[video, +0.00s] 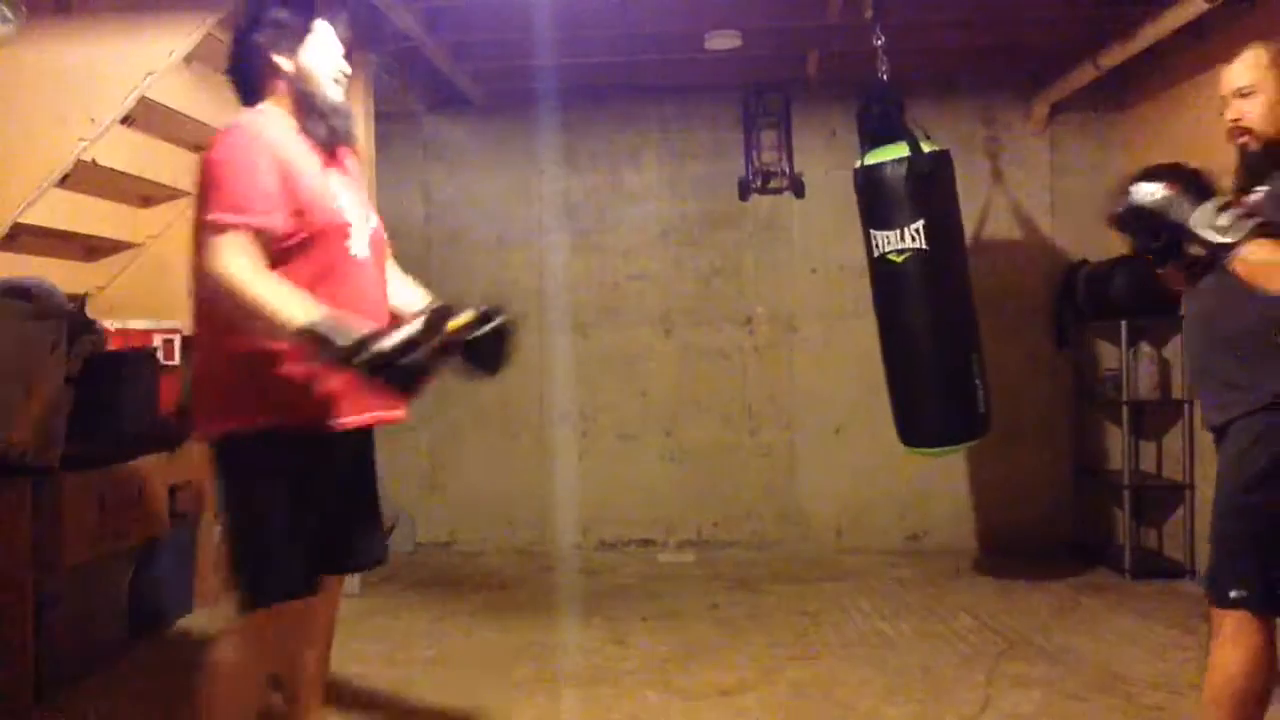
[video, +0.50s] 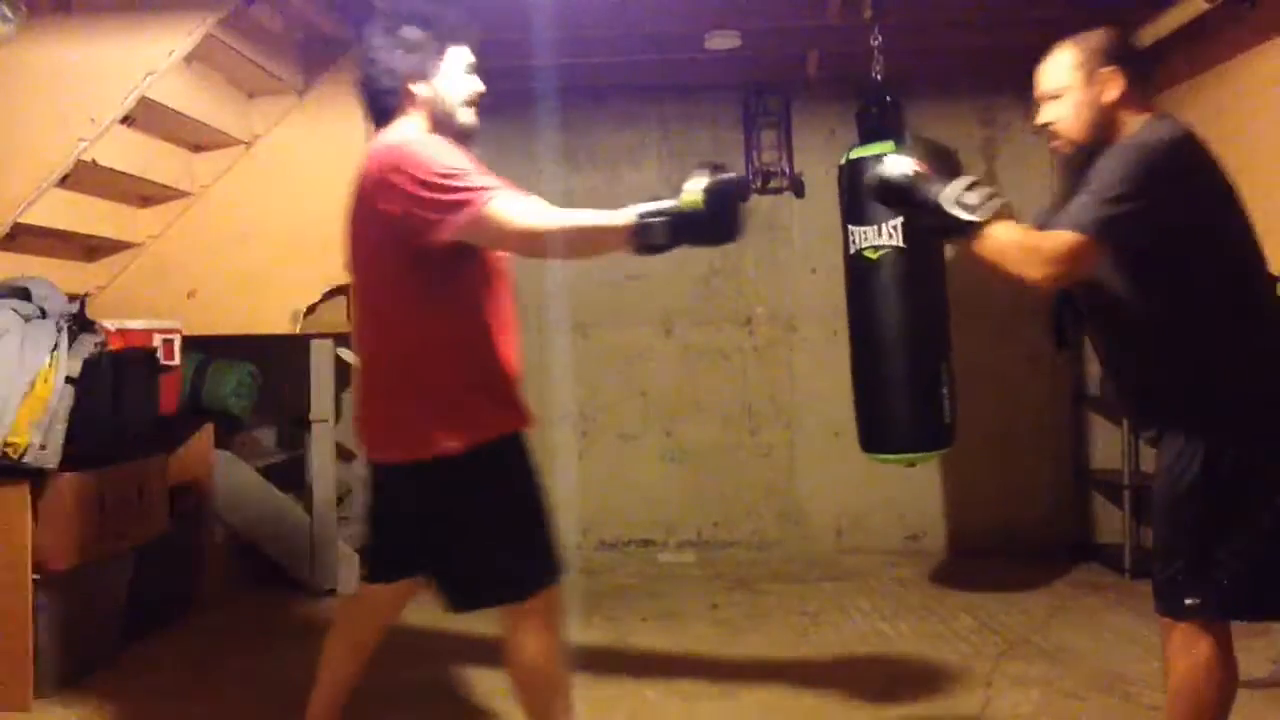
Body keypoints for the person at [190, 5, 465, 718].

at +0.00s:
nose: (345, 62)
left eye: (342, 47)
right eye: (328, 45)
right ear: (278, 55)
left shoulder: (337, 152)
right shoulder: (246, 138)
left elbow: (374, 267)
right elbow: (226, 264)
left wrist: (437, 320)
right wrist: (336, 329)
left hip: (334, 412)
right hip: (267, 415)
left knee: (322, 588)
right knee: (274, 608)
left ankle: (305, 711)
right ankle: (231, 711)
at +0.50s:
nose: (479, 89)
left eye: (474, 73)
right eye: (464, 73)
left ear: (416, 83)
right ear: (413, 80)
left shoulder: (411, 157)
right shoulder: (409, 159)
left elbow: (544, 225)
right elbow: (538, 230)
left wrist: (663, 215)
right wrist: (667, 220)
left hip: (410, 434)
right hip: (460, 433)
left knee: (382, 590)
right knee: (532, 600)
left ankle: (318, 712)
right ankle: (552, 712)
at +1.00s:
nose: (623, 83)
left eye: (622, 67)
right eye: (615, 65)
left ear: (562, 66)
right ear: (571, 61)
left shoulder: (532, 127)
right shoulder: (545, 126)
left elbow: (684, 192)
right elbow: (691, 177)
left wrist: (765, 111)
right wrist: (770, 88)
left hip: (502, 399)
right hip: (540, 402)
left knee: (487, 566)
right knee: (584, 591)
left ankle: (404, 707)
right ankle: (573, 716)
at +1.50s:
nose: (697, 99)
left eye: (701, 81)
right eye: (693, 78)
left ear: (634, 66)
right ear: (650, 64)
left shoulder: (591, 122)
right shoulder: (621, 129)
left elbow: (725, 237)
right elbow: (737, 231)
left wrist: (830, 186)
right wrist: (841, 171)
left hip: (491, 383)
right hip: (545, 390)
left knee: (468, 562)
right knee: (575, 588)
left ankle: (400, 710)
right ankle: (570, 719)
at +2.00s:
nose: (681, 83)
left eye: (682, 66)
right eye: (673, 65)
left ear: (611, 62)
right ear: (625, 60)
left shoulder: (588, 119)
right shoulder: (597, 124)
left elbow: (673, 235)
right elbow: (676, 244)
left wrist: (767, 222)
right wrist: (785, 213)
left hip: (523, 390)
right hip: (568, 399)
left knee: (497, 558)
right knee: (599, 595)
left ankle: (413, 705)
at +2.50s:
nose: (640, 89)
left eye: (641, 71)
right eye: (630, 70)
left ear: (585, 71)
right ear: (581, 67)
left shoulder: (560, 129)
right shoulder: (556, 125)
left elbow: (713, 182)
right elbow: (707, 173)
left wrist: (840, 190)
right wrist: (841, 179)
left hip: (506, 394)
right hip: (521, 396)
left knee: (491, 561)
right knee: (578, 582)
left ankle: (405, 702)